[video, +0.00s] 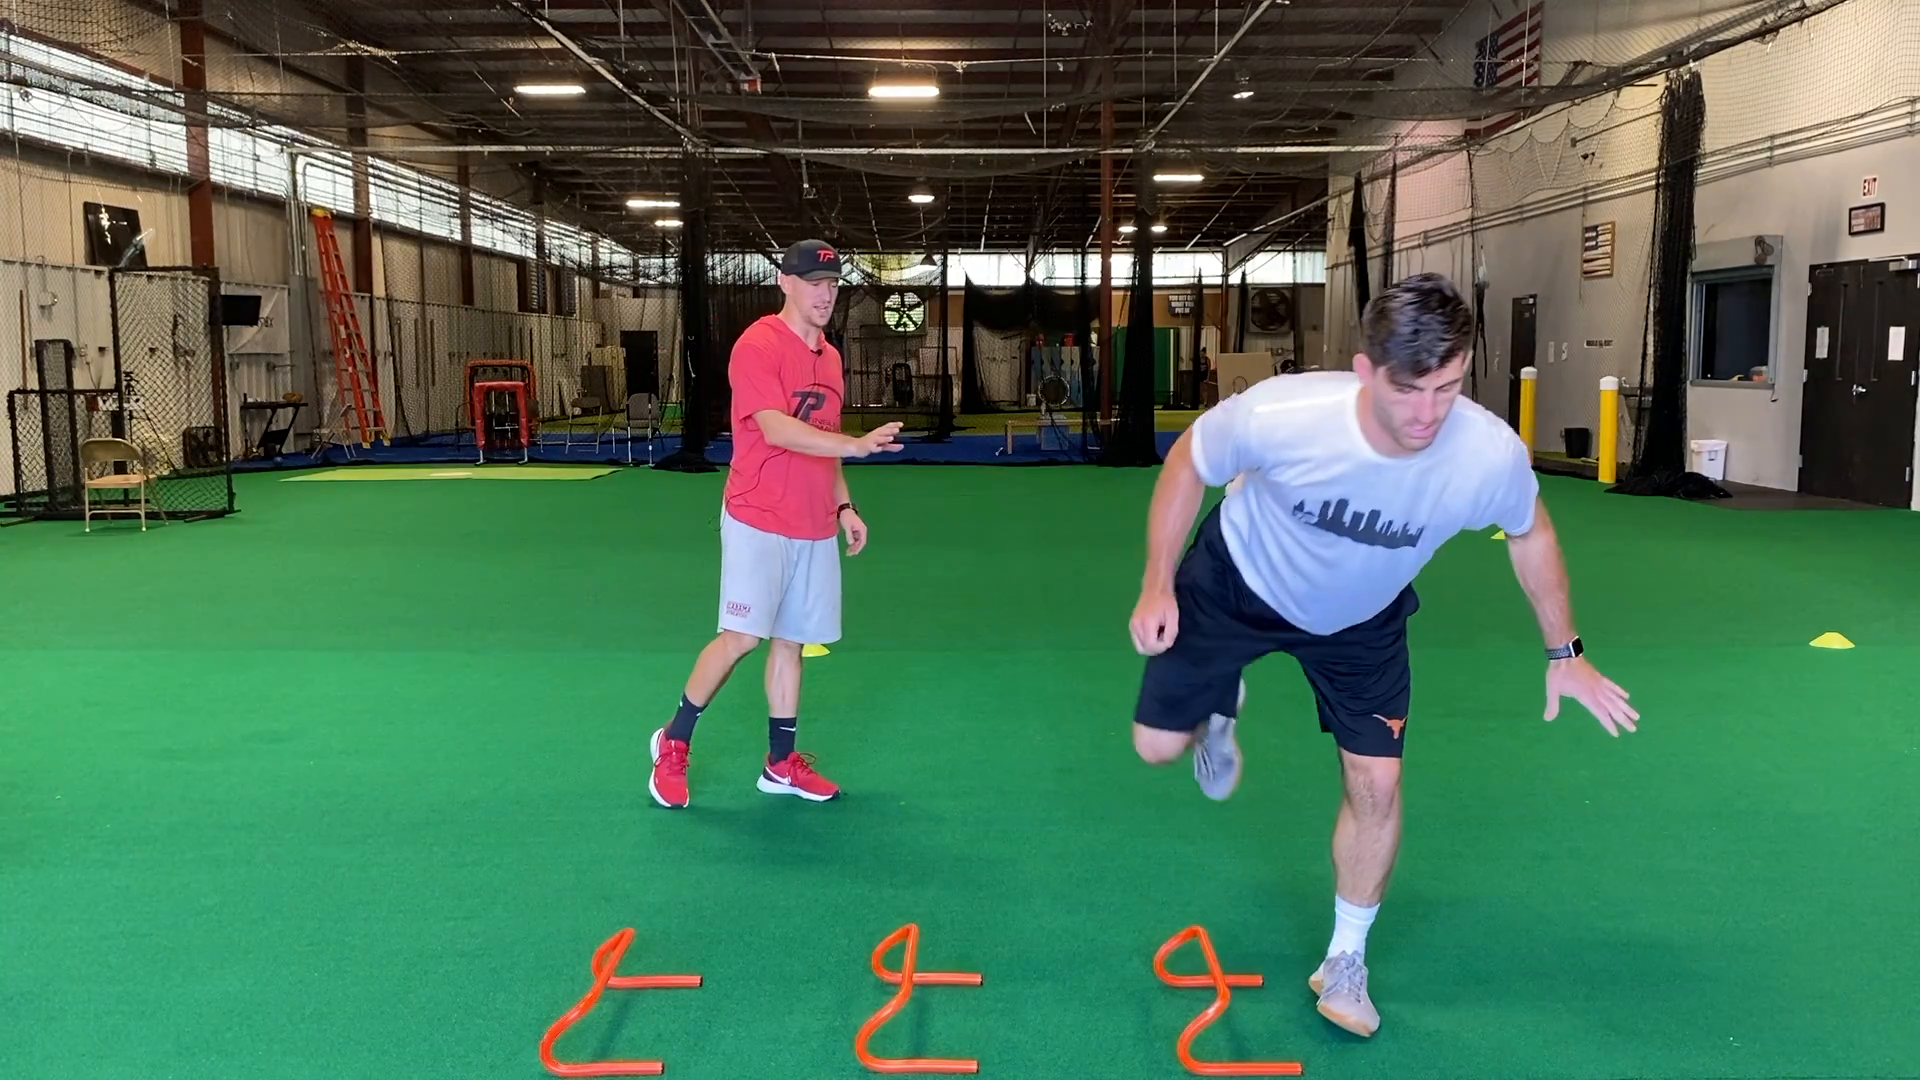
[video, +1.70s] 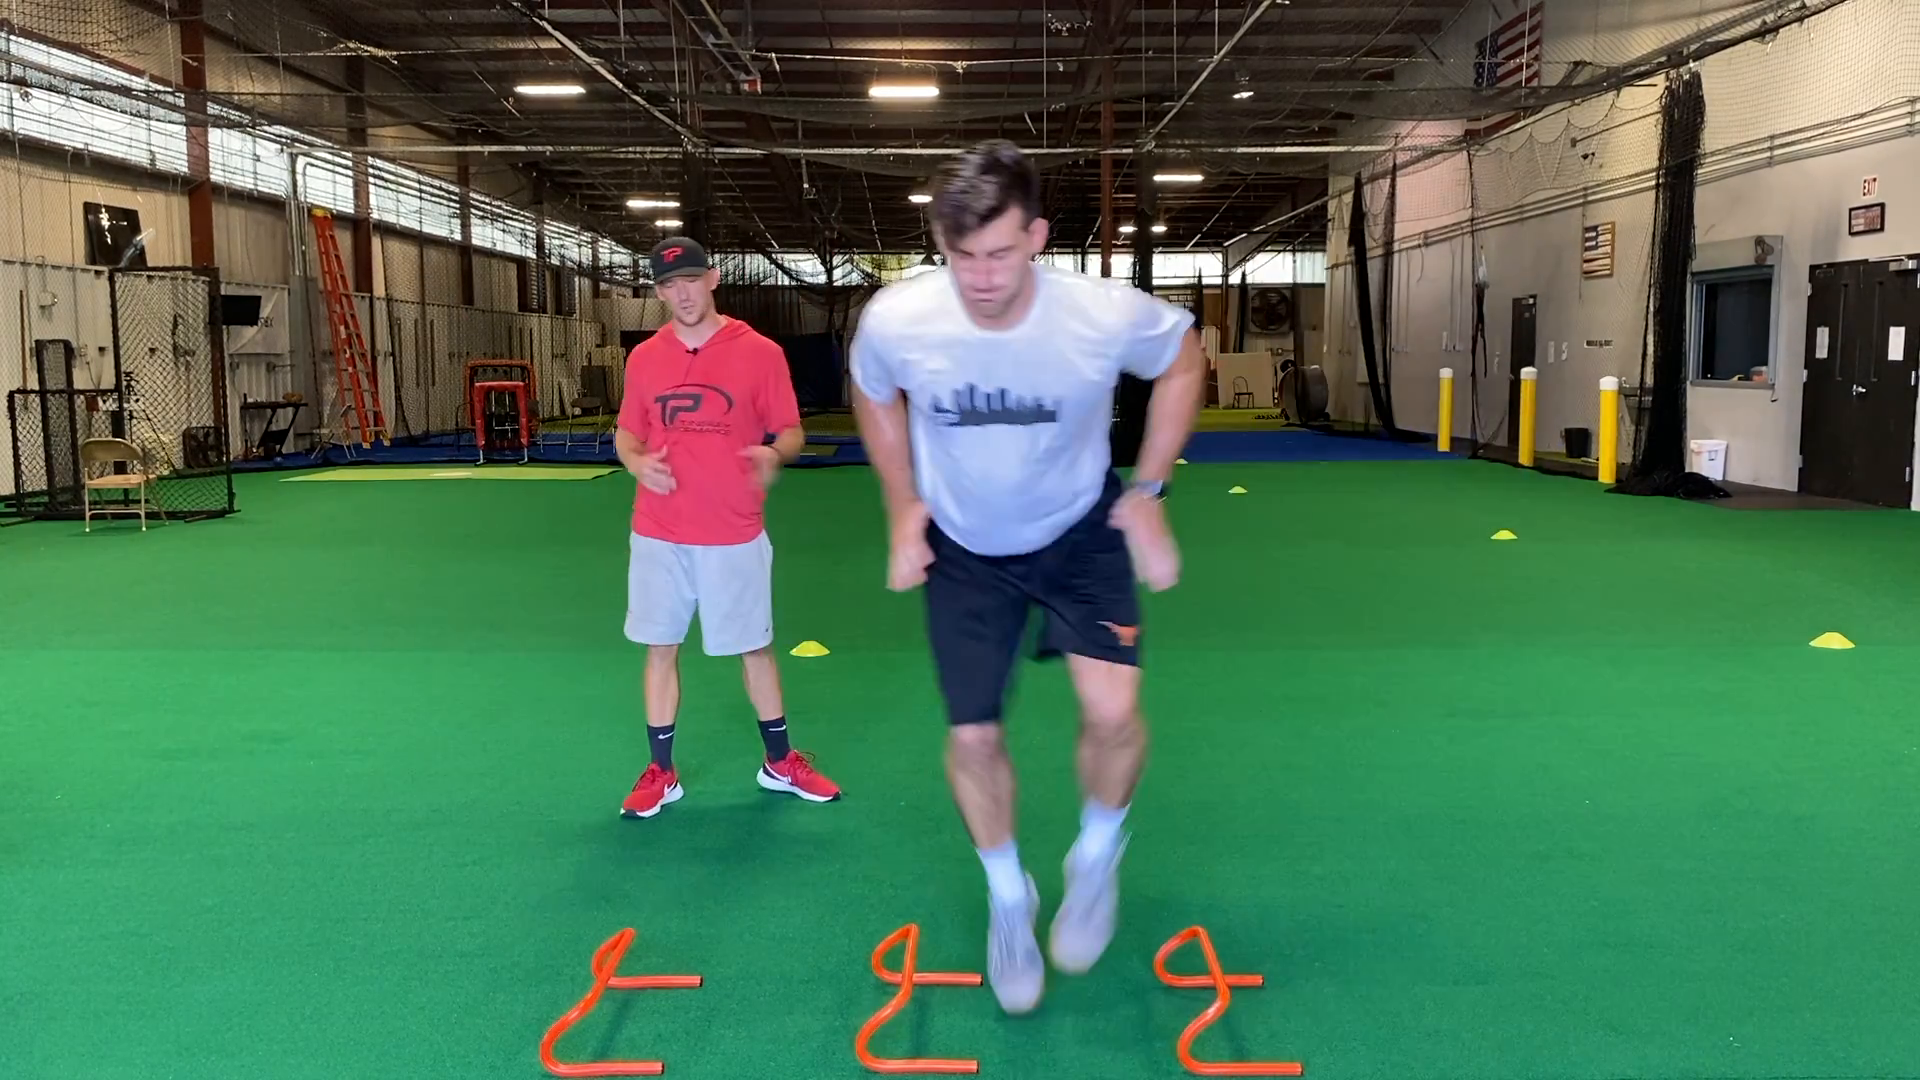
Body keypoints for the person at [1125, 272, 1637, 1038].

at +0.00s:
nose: (1427, 410)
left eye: (1444, 389)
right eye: (1408, 389)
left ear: (1463, 372)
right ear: (1364, 369)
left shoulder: (1491, 456)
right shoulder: (1277, 415)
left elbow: (1531, 533)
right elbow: (1189, 459)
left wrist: (1564, 651)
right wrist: (1157, 580)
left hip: (1363, 617)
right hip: (1237, 583)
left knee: (1377, 782)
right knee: (1155, 742)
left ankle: (1346, 959)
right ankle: (1218, 709)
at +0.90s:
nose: (1431, 379)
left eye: (1448, 359)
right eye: (1412, 357)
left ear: (1467, 343)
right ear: (1369, 335)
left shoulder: (1490, 411)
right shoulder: (1283, 393)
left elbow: (1506, 478)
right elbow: (1183, 461)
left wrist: (1496, 578)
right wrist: (1203, 590)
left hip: (1355, 602)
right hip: (1236, 573)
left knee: (1351, 766)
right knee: (1163, 733)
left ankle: (1331, 957)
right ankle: (1194, 732)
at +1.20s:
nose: (1329, 367)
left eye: (1349, 348)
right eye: (1312, 345)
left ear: (1378, 326)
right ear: (1278, 320)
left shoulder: (1419, 394)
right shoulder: (1204, 383)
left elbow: (1445, 453)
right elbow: (1125, 453)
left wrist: (1421, 567)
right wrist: (1161, 588)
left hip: (1312, 594)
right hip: (1194, 578)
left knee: (1320, 766)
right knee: (1170, 749)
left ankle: (1328, 958)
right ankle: (1182, 762)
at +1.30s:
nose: (1278, 362)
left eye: (1298, 341)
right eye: (1260, 339)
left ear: (1329, 319)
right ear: (1227, 316)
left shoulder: (1376, 406)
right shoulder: (1160, 377)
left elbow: (1399, 493)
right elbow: (1092, 432)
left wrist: (1361, 618)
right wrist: (1079, 562)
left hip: (1284, 591)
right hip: (1160, 576)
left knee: (1308, 772)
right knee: (1134, 749)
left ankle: (1324, 957)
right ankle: (1127, 803)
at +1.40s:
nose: (1207, 339)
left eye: (1225, 320)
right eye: (1189, 318)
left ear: (1258, 301)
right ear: (1159, 298)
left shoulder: (1313, 384)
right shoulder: (1102, 361)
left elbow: (1355, 469)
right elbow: (1038, 376)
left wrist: (1292, 528)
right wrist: (1030, 494)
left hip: (1253, 595)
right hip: (1126, 577)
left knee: (1292, 773)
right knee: (1080, 741)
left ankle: (1325, 958)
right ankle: (1067, 857)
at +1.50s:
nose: (1127, 305)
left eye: (1144, 285)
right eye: (1109, 286)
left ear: (1171, 269)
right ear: (1076, 270)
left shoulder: (1228, 331)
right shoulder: (1013, 347)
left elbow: (1294, 371)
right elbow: (981, 403)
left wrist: (1258, 493)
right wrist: (1007, 523)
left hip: (1200, 561)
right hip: (1074, 562)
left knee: (1261, 739)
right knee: (1047, 744)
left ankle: (1324, 915)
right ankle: (1030, 924)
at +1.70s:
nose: (982, 274)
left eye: (1000, 254)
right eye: (966, 256)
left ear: (1038, 240)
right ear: (944, 246)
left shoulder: (1099, 312)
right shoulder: (895, 321)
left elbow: (1184, 352)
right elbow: (872, 393)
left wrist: (1145, 490)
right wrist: (903, 513)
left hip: (1081, 537)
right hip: (962, 548)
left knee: (1113, 712)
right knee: (973, 737)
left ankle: (1097, 857)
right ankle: (1009, 901)